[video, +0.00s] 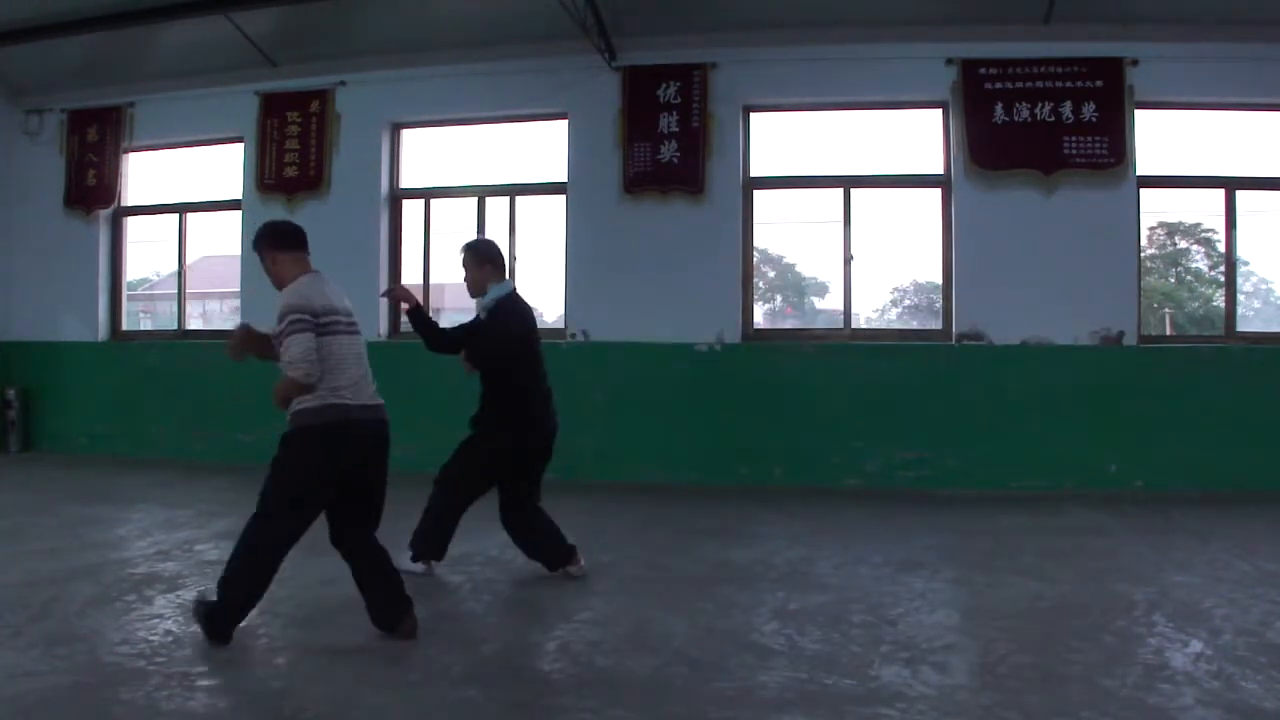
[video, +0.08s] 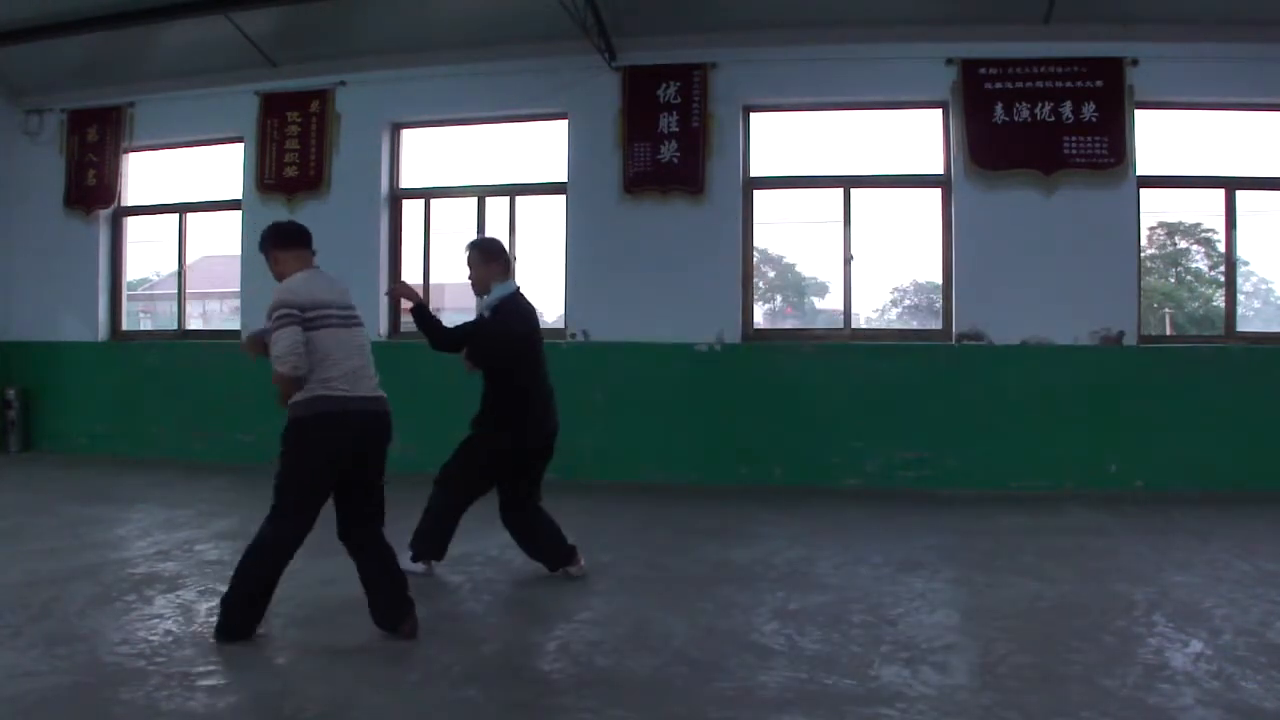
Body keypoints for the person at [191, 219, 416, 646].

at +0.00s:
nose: (268, 274)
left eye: (266, 264)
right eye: (265, 266)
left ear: (273, 258)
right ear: (304, 253)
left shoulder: (297, 297)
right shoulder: (334, 294)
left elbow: (304, 370)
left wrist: (282, 394)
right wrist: (265, 346)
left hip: (320, 430)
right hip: (369, 425)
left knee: (272, 529)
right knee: (354, 532)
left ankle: (222, 618)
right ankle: (399, 619)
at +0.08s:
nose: (271, 269)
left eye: (270, 261)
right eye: (270, 262)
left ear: (275, 258)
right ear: (310, 252)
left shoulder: (288, 294)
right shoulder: (339, 289)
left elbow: (290, 366)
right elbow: (329, 342)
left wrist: (286, 398)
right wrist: (271, 342)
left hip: (318, 420)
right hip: (370, 416)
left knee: (286, 526)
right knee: (362, 526)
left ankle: (235, 623)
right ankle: (399, 618)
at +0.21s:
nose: (282, 264)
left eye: (279, 259)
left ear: (279, 256)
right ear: (321, 250)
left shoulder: (273, 297)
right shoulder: (349, 288)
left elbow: (265, 362)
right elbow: (357, 346)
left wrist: (285, 400)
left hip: (306, 415)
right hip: (362, 412)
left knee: (289, 522)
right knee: (366, 514)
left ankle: (242, 619)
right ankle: (400, 614)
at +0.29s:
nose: (329, 257)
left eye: (325, 251)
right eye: (330, 251)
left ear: (288, 251)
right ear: (329, 249)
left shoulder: (258, 293)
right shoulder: (349, 285)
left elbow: (238, 361)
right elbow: (375, 302)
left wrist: (272, 389)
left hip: (283, 417)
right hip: (340, 415)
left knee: (282, 522)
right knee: (364, 516)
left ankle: (239, 619)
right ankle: (404, 614)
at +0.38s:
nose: (336, 253)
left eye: (335, 247)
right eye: (335, 246)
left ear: (293, 246)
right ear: (328, 244)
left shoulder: (255, 293)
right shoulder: (347, 285)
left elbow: (228, 358)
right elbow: (399, 288)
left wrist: (263, 388)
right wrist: (412, 290)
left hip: (270, 420)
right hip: (325, 419)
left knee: (280, 525)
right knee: (364, 522)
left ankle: (239, 620)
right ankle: (407, 614)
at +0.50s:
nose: (344, 253)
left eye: (344, 245)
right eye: (342, 244)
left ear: (299, 244)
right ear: (328, 243)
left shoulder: (253, 292)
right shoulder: (342, 288)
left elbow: (223, 358)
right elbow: (411, 296)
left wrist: (267, 367)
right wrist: (390, 260)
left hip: (256, 426)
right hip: (312, 426)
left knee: (283, 526)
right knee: (364, 527)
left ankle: (239, 621)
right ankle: (417, 619)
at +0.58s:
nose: (350, 255)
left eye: (351, 246)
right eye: (347, 245)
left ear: (307, 242)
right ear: (328, 241)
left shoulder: (257, 292)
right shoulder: (338, 290)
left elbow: (240, 359)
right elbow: (414, 305)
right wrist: (424, 258)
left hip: (256, 429)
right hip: (307, 429)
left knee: (289, 527)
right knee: (363, 530)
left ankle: (240, 619)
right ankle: (419, 624)